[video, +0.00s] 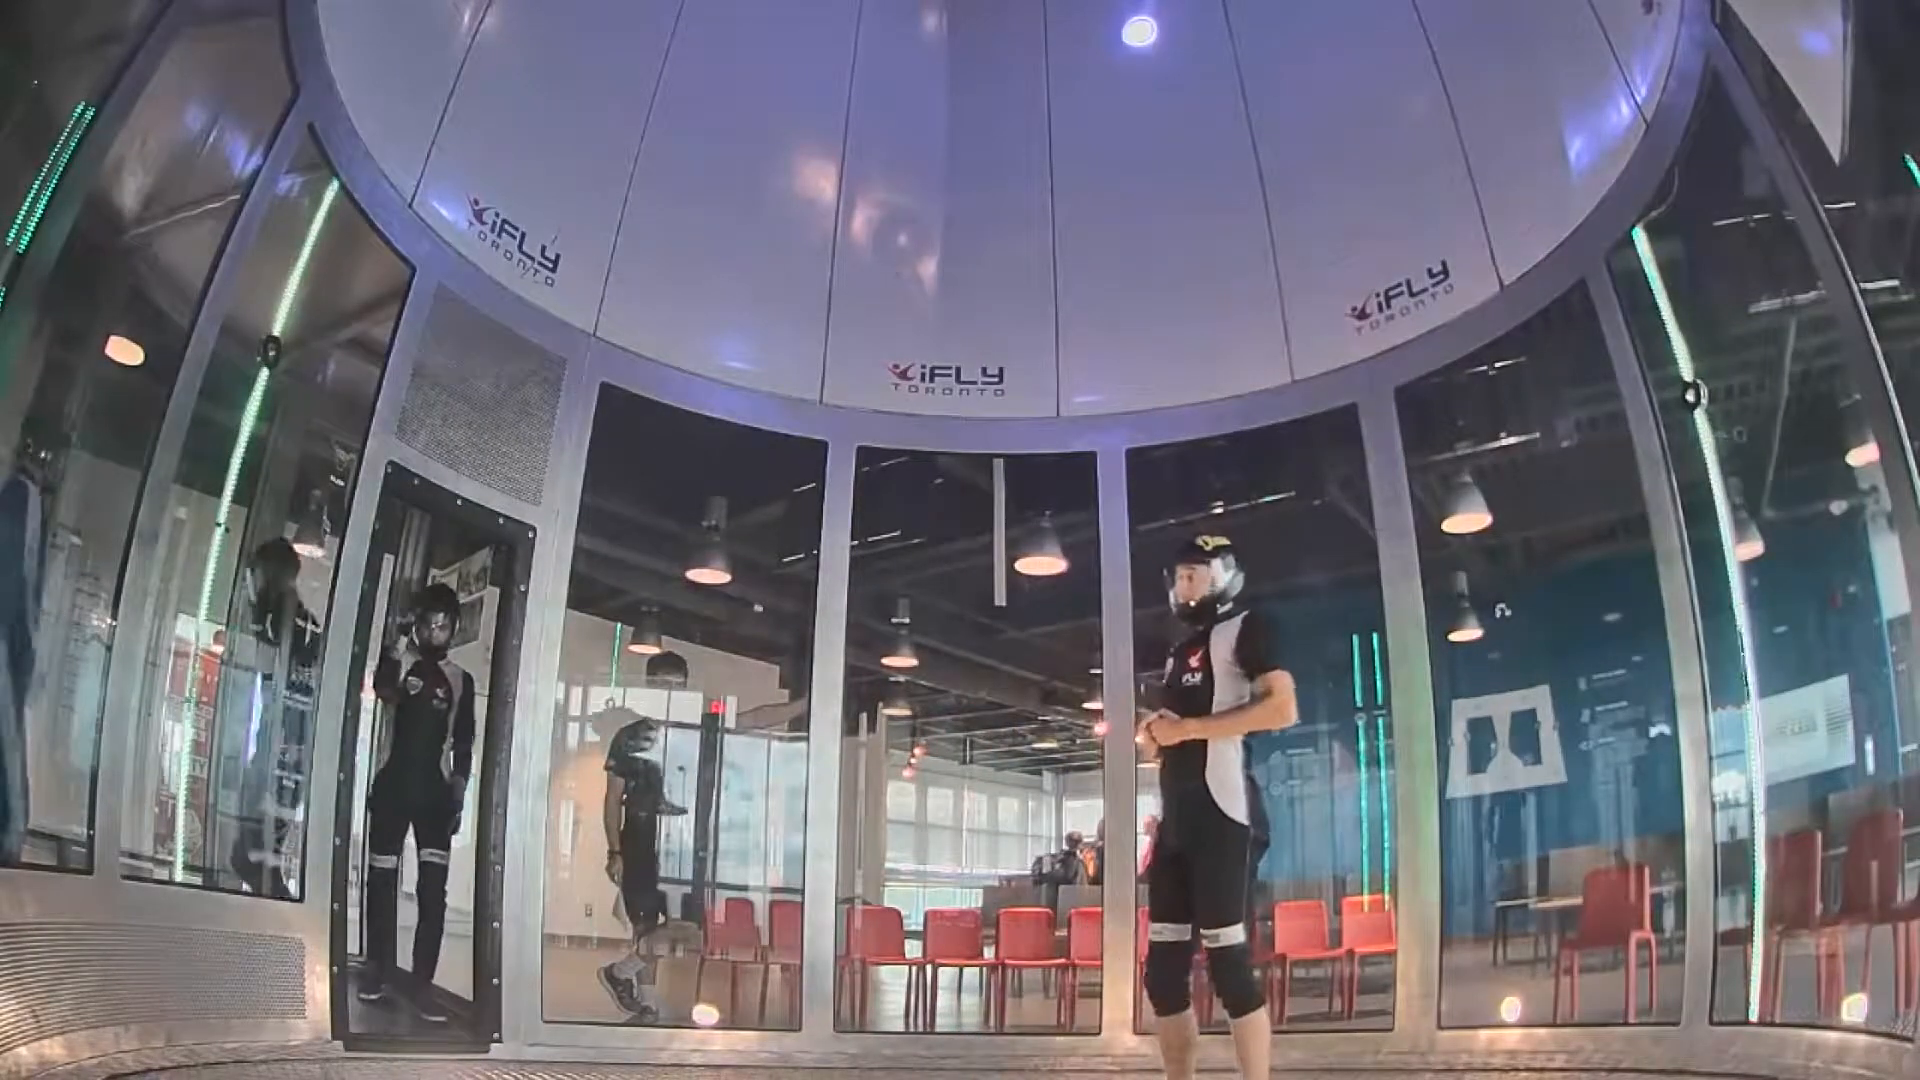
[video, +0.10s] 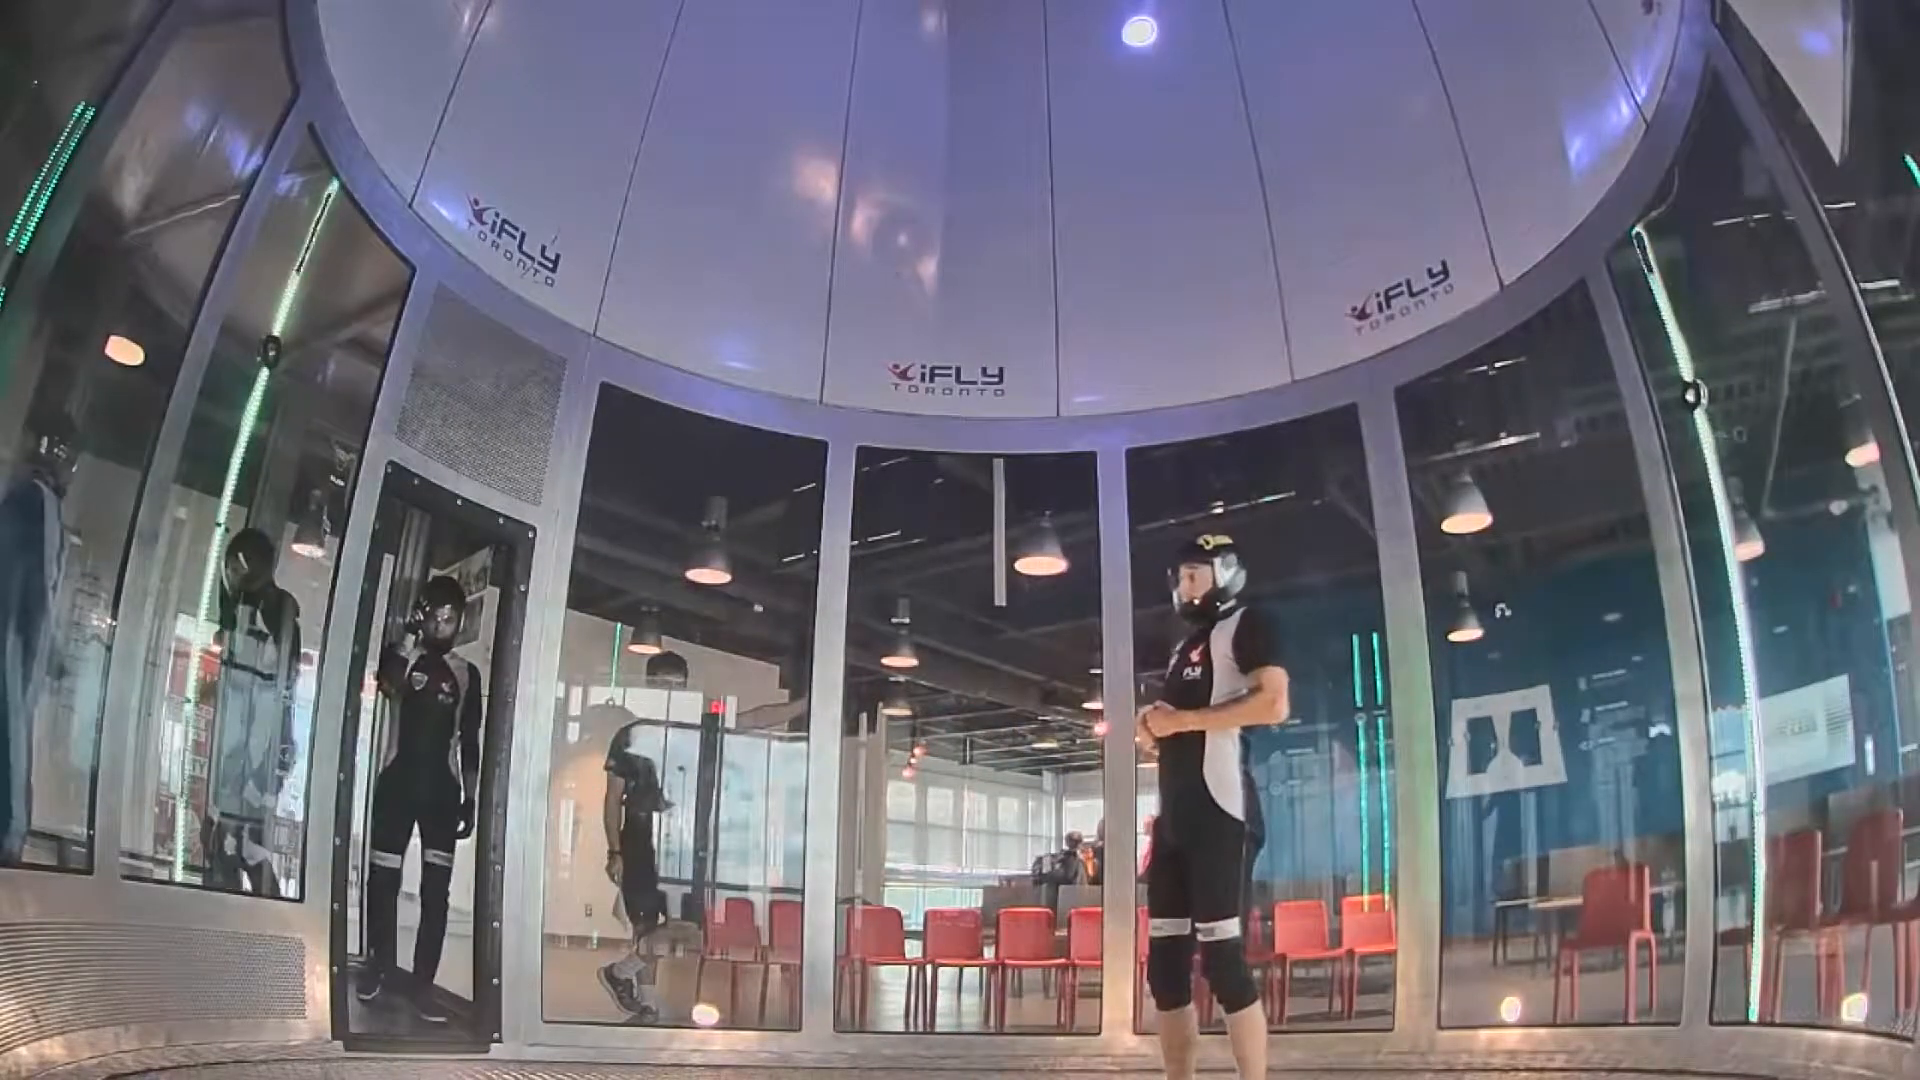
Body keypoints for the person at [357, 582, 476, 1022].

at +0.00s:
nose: (438, 632)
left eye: (445, 624)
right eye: (431, 623)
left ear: (455, 628)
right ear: (418, 625)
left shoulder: (462, 680)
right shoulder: (401, 666)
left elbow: (464, 738)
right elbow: (386, 690)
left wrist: (459, 784)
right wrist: (398, 647)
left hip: (436, 790)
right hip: (393, 784)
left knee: (433, 891)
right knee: (382, 883)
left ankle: (422, 984)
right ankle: (379, 971)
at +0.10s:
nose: (443, 622)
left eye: (451, 614)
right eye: (436, 612)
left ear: (462, 620)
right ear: (422, 615)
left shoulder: (468, 673)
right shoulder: (402, 658)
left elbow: (470, 740)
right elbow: (392, 682)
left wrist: (470, 799)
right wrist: (410, 634)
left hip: (442, 789)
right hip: (396, 782)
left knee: (436, 892)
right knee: (382, 883)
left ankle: (423, 986)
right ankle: (380, 966)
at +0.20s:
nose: (445, 621)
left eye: (453, 614)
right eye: (439, 611)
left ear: (464, 619)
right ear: (425, 613)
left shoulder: (470, 671)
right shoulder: (403, 655)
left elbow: (473, 738)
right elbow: (392, 685)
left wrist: (476, 798)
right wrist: (412, 635)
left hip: (444, 788)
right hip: (397, 782)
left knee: (436, 893)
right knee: (384, 883)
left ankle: (423, 985)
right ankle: (381, 966)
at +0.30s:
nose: (446, 614)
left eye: (455, 606)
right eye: (439, 604)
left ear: (467, 611)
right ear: (427, 606)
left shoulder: (473, 665)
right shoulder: (403, 649)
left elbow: (481, 733)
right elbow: (385, 705)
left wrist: (479, 795)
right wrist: (403, 661)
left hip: (445, 784)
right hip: (398, 777)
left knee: (436, 893)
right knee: (384, 883)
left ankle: (422, 989)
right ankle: (380, 984)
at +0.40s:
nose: (445, 614)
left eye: (453, 606)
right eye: (438, 605)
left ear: (466, 610)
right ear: (427, 607)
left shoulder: (474, 666)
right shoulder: (404, 651)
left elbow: (481, 733)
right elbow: (381, 705)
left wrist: (478, 795)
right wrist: (401, 662)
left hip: (445, 785)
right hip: (398, 778)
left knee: (436, 895)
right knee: (384, 886)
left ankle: (422, 989)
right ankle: (381, 988)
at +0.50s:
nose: (446, 608)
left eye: (455, 602)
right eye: (440, 599)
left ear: (466, 607)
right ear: (427, 601)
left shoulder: (473, 662)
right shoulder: (399, 645)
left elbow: (479, 731)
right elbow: (367, 708)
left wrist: (473, 789)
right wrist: (397, 688)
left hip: (444, 784)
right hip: (394, 778)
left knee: (434, 895)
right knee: (385, 887)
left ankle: (418, 994)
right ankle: (386, 996)